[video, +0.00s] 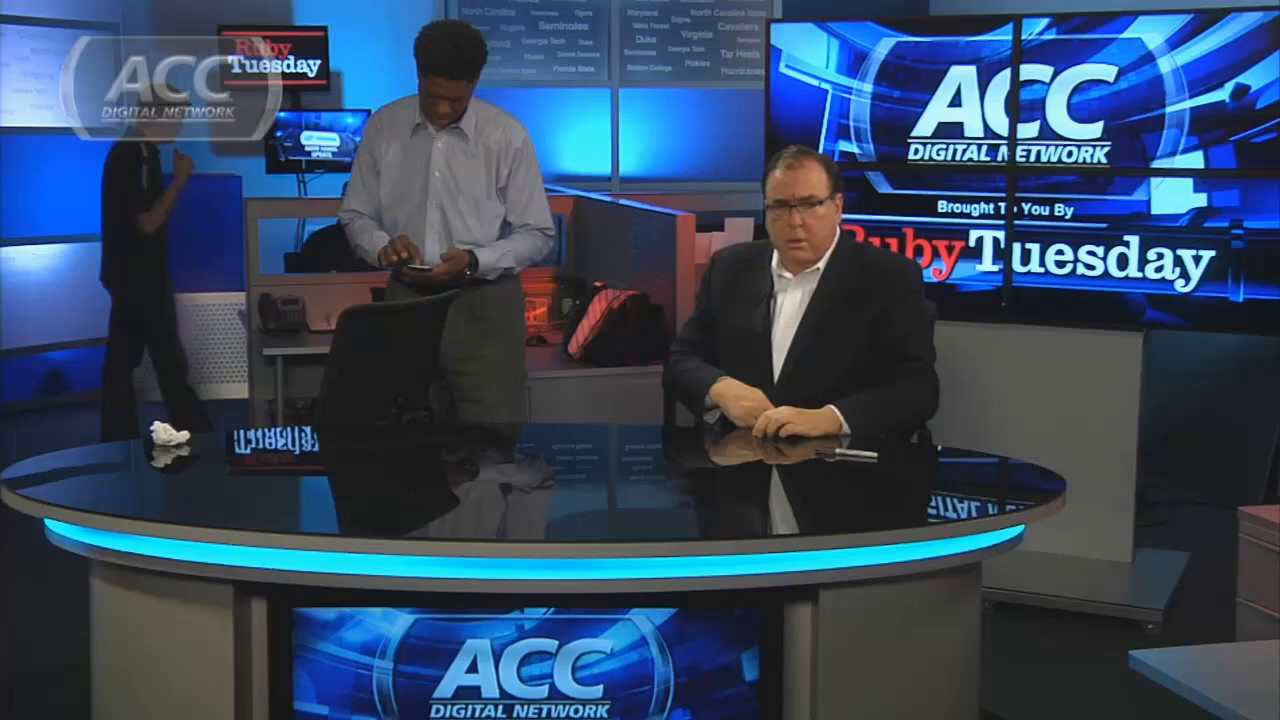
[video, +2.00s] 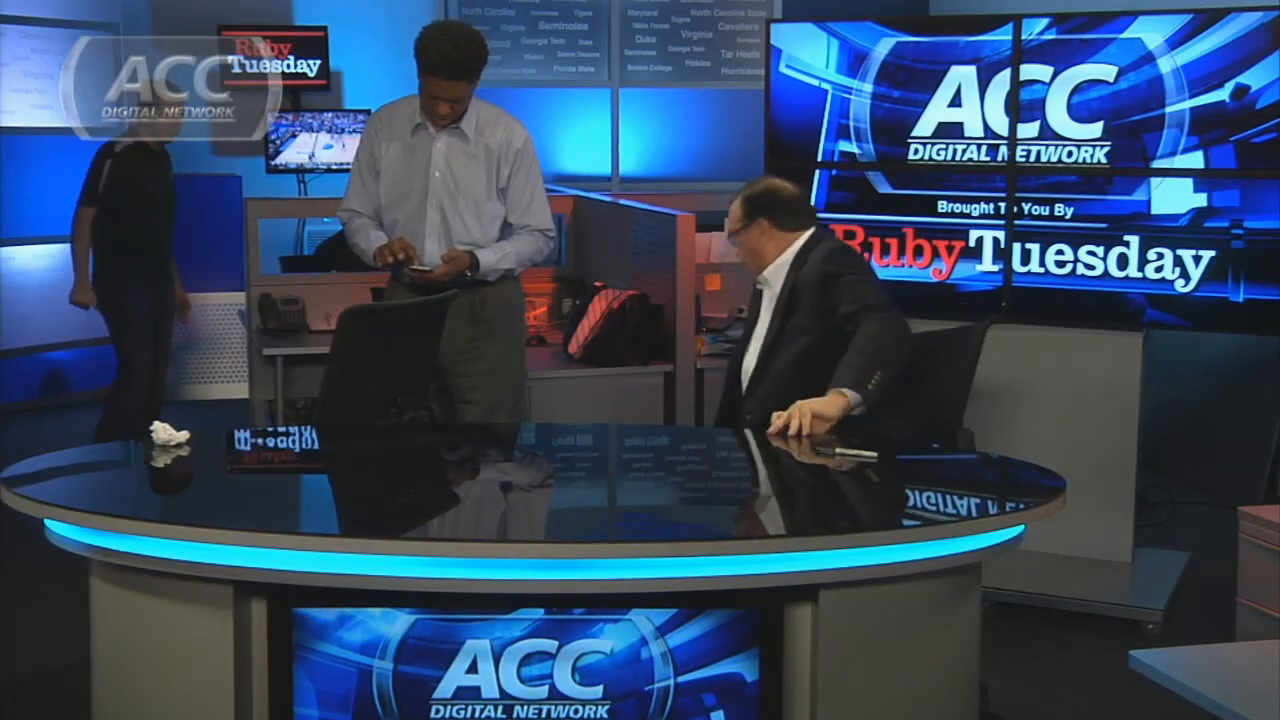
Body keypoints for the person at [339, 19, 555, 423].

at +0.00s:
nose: (443, 110)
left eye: (456, 99)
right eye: (433, 97)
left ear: (474, 83)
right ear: (419, 77)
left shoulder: (507, 136)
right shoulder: (383, 127)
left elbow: (537, 235)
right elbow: (355, 216)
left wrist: (475, 259)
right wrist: (382, 246)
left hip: (485, 313)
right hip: (407, 311)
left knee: (489, 449)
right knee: (407, 450)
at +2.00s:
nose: (442, 110)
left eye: (455, 100)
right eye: (433, 97)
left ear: (475, 83)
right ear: (420, 77)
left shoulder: (508, 138)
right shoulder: (383, 128)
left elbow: (538, 237)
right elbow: (355, 215)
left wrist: (475, 259)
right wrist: (379, 247)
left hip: (485, 314)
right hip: (406, 312)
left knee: (487, 450)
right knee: (407, 451)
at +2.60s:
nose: (600, 168)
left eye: (601, 156)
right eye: (594, 156)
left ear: (556, 149)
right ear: (558, 149)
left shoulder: (504, 167)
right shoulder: (510, 213)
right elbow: (581, 306)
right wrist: (681, 355)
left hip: (478, 331)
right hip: (428, 331)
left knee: (522, 428)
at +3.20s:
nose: (805, 199)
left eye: (805, 186)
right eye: (806, 187)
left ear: (750, 168)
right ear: (795, 188)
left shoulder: (678, 188)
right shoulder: (761, 266)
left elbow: (578, 226)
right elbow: (782, 369)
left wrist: (575, 270)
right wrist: (862, 379)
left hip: (564, 330)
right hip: (620, 356)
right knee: (696, 482)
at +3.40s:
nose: (860, 242)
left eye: (865, 230)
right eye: (863, 229)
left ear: (813, 200)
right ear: (848, 224)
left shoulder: (739, 199)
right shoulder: (805, 290)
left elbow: (641, 210)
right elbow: (856, 382)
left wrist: (595, 242)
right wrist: (935, 415)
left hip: (595, 311)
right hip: (637, 347)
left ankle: (606, 444)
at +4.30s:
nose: (944, 273)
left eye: (948, 265)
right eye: (949, 264)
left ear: (904, 233)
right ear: (940, 254)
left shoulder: (852, 240)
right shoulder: (904, 273)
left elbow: (773, 260)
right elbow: (948, 374)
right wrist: (990, 460)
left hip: (715, 318)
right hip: (739, 326)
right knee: (801, 453)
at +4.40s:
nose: (944, 269)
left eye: (949, 260)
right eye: (949, 258)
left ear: (901, 231)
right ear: (937, 251)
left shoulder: (844, 242)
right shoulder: (907, 277)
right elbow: (952, 379)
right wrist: (986, 463)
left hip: (714, 326)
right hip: (742, 335)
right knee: (817, 459)